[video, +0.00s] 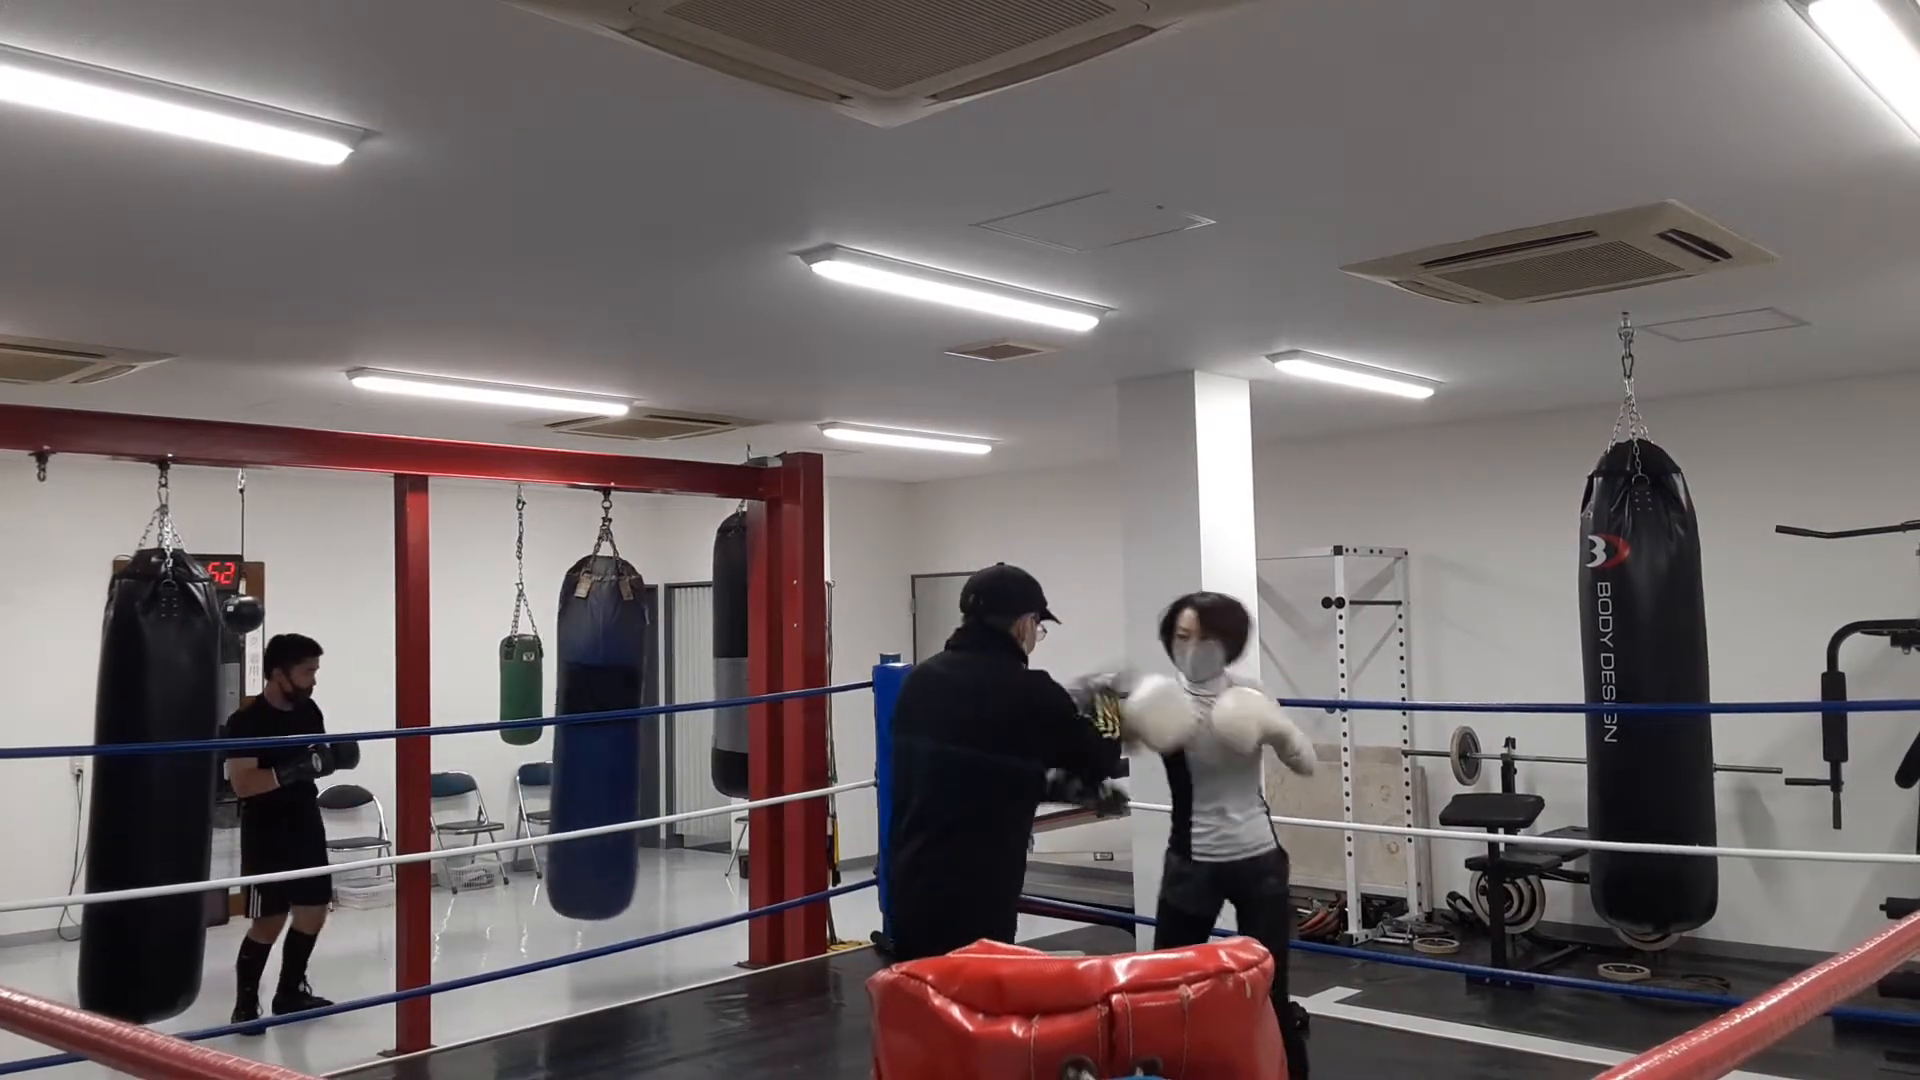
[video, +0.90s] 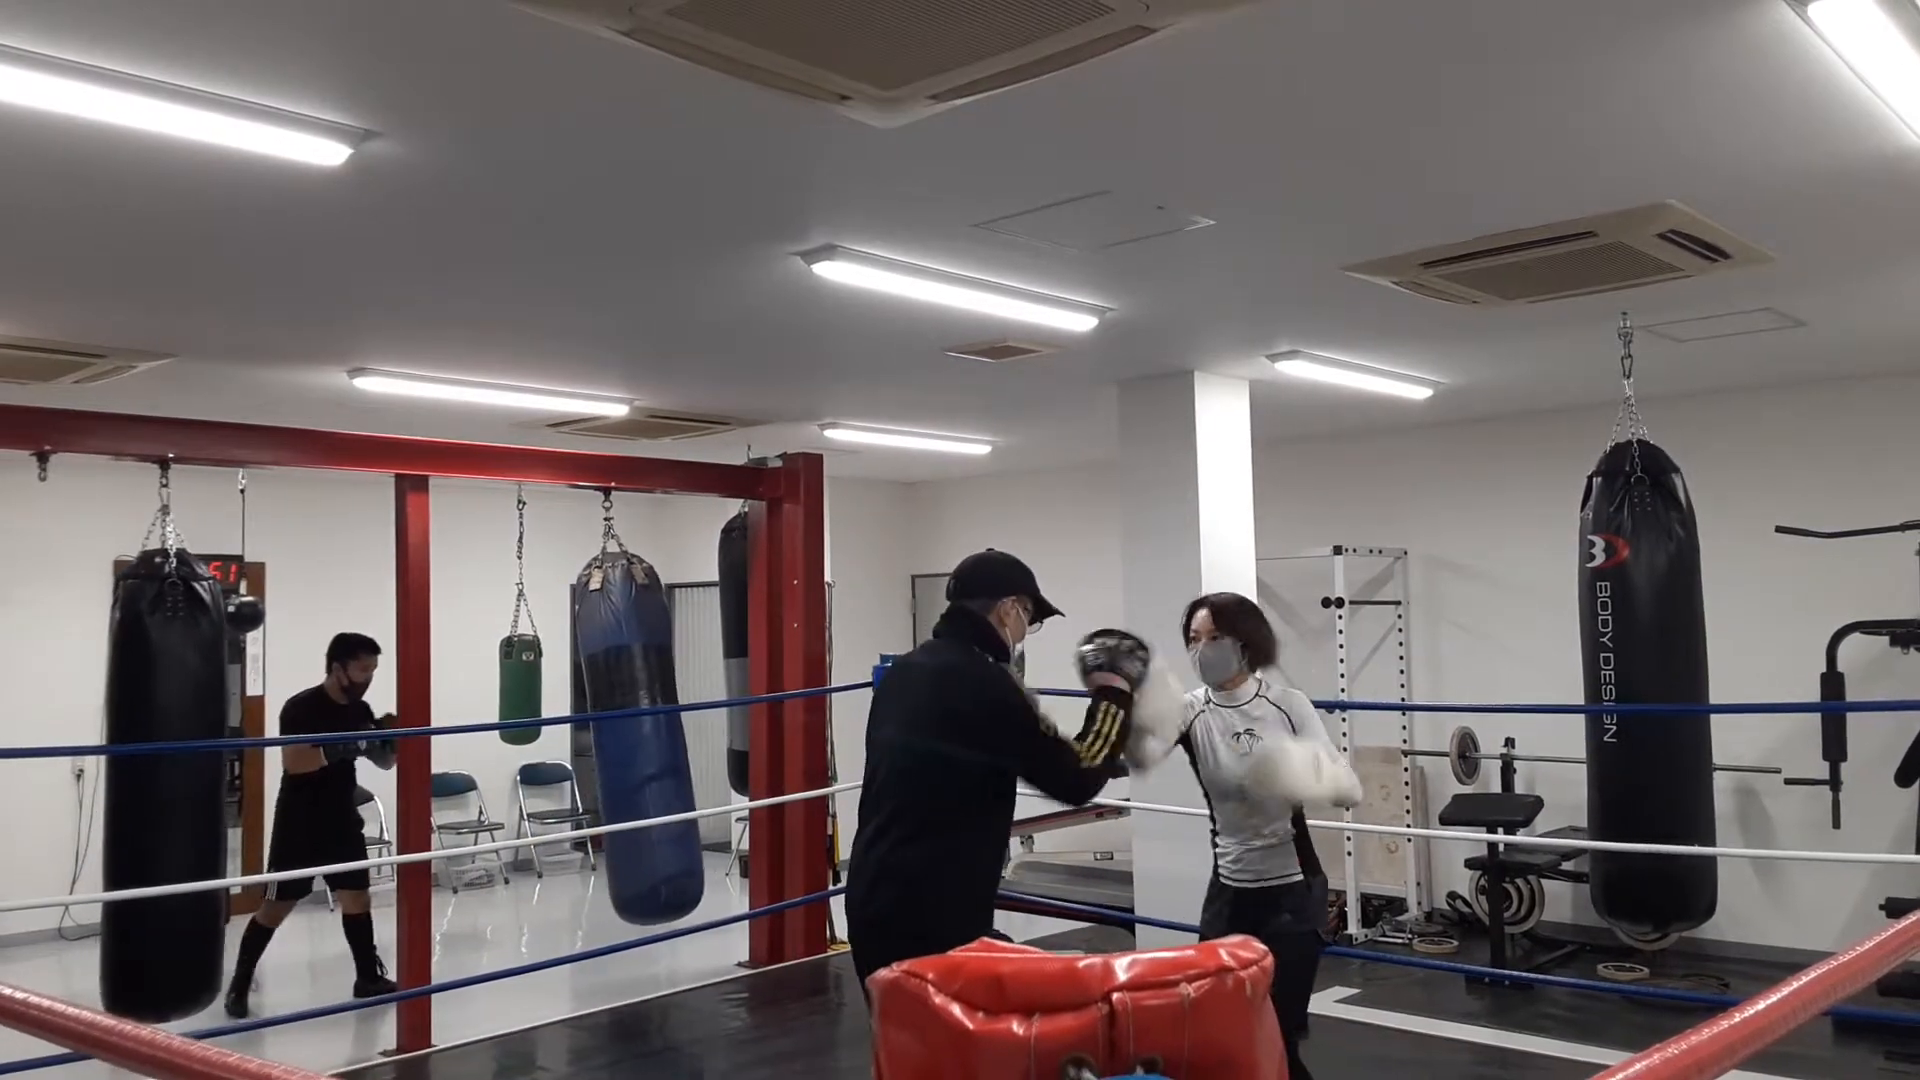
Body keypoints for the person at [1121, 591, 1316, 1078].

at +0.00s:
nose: (1190, 649)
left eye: (1202, 639)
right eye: (1181, 638)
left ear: (1227, 644)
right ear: (1170, 643)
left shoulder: (1250, 701)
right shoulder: (1162, 703)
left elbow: (1305, 766)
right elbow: (1120, 737)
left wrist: (1275, 726)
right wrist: (1132, 720)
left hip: (1258, 860)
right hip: (1191, 863)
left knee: (1270, 991)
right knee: (1168, 983)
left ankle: (1289, 1069)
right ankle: (1166, 1072)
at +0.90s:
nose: (1200, 648)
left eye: (1212, 637)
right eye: (1194, 639)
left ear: (1244, 640)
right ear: (1188, 644)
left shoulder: (1288, 703)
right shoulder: (1189, 709)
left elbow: (1343, 785)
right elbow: (1138, 760)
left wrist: (1289, 768)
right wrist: (1143, 712)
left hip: (1293, 888)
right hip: (1229, 888)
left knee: (1280, 1032)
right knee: (1214, 1015)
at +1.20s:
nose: (1203, 630)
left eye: (1214, 620)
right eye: (1202, 620)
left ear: (1251, 627)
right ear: (1201, 626)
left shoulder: (1302, 686)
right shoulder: (1196, 693)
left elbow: (1348, 766)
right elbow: (1127, 759)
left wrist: (1284, 719)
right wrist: (1139, 720)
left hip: (1304, 876)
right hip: (1232, 874)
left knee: (1297, 1024)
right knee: (1218, 1010)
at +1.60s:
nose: (1230, 651)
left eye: (1241, 640)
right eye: (1225, 640)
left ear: (1276, 645)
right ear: (1222, 642)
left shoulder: (1328, 699)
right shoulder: (1216, 709)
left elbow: (1366, 795)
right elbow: (1190, 795)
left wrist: (1326, 764)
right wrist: (1193, 816)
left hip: (1318, 888)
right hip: (1245, 886)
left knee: (1308, 1040)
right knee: (1222, 1024)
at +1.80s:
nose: (1228, 651)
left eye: (1239, 639)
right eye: (1223, 640)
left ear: (1273, 639)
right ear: (1219, 641)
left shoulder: (1327, 694)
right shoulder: (1233, 698)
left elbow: (1359, 795)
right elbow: (1217, 792)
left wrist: (1290, 751)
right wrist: (1185, 760)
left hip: (1324, 890)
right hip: (1259, 884)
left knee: (1309, 1042)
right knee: (1231, 1017)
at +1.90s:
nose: (1230, 653)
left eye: (1239, 639)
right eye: (1226, 641)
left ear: (1274, 637)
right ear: (1222, 644)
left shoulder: (1324, 687)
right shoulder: (1235, 696)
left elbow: (1333, 779)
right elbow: (1204, 779)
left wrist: (1279, 709)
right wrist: (1175, 725)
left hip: (1326, 888)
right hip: (1264, 881)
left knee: (1308, 1042)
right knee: (1234, 1012)